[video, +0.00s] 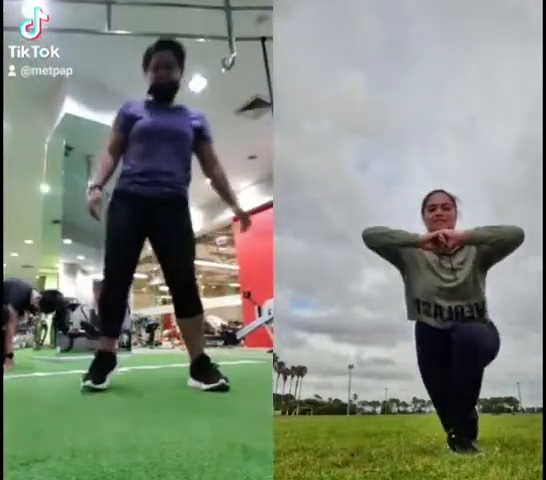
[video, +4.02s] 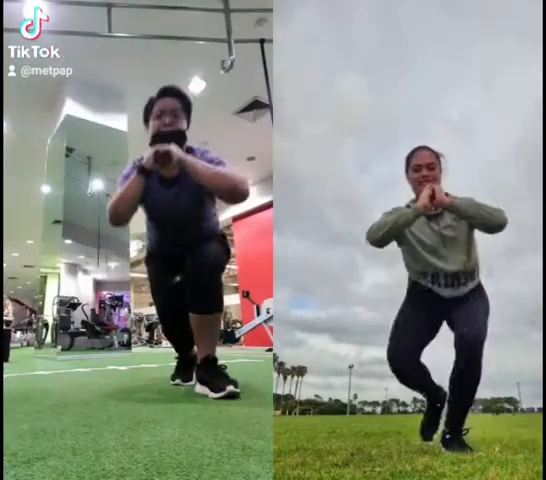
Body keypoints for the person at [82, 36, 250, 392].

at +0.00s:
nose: (163, 73)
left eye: (170, 68)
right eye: (157, 68)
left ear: (181, 74)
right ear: (147, 73)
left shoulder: (193, 120)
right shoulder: (131, 111)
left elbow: (212, 168)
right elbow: (112, 152)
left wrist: (236, 206)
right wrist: (96, 185)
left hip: (171, 204)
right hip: (128, 201)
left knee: (183, 281)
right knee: (116, 280)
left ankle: (199, 361)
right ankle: (105, 355)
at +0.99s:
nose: (141, 65)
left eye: (149, 59)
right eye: (135, 59)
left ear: (160, 66)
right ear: (124, 65)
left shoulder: (170, 107)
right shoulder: (111, 109)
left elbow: (203, 143)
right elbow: (86, 150)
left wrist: (178, 114)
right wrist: (87, 128)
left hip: (159, 200)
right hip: (115, 201)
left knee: (168, 276)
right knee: (83, 265)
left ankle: (182, 365)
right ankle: (84, 346)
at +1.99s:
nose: (88, 99)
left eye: (97, 92)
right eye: (81, 90)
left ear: (108, 100)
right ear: (67, 92)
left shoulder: (114, 140)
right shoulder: (48, 136)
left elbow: (122, 178)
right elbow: (9, 172)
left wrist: (88, 130)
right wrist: (46, 126)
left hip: (93, 242)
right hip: (47, 236)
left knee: (95, 324)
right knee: (44, 275)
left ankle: (90, 355)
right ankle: (47, 369)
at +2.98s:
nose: (152, 135)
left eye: (160, 126)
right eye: (142, 125)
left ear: (171, 135)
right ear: (128, 135)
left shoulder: (178, 179)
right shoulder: (112, 172)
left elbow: (225, 201)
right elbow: (85, 207)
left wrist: (178, 152)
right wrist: (127, 158)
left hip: (160, 271)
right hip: (111, 270)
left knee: (209, 275)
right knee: (63, 268)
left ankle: (206, 369)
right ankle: (47, 373)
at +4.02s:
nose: (167, 120)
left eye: (175, 114)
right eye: (159, 115)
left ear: (187, 123)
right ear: (148, 126)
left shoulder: (201, 159)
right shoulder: (137, 169)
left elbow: (239, 192)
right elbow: (117, 218)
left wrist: (184, 161)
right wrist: (143, 171)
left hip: (205, 245)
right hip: (162, 251)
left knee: (203, 271)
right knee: (171, 317)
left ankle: (207, 364)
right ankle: (186, 357)